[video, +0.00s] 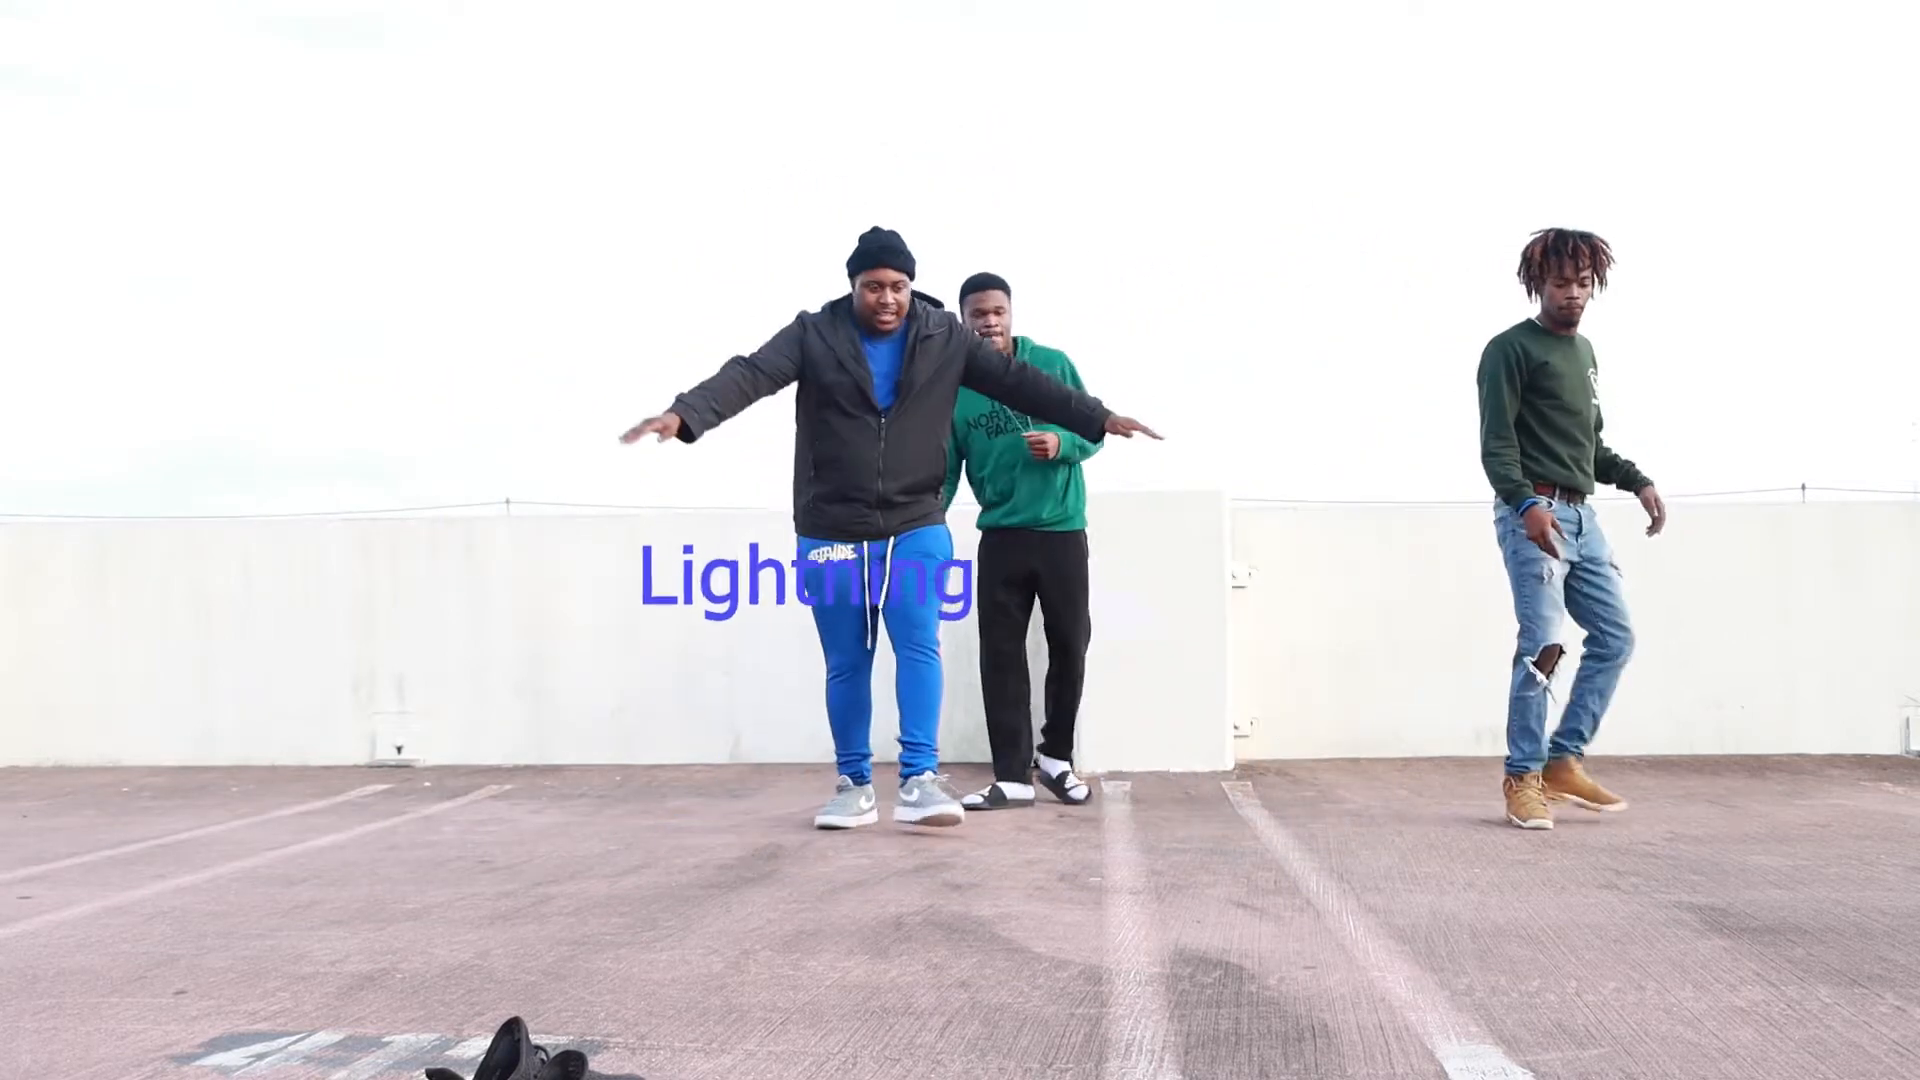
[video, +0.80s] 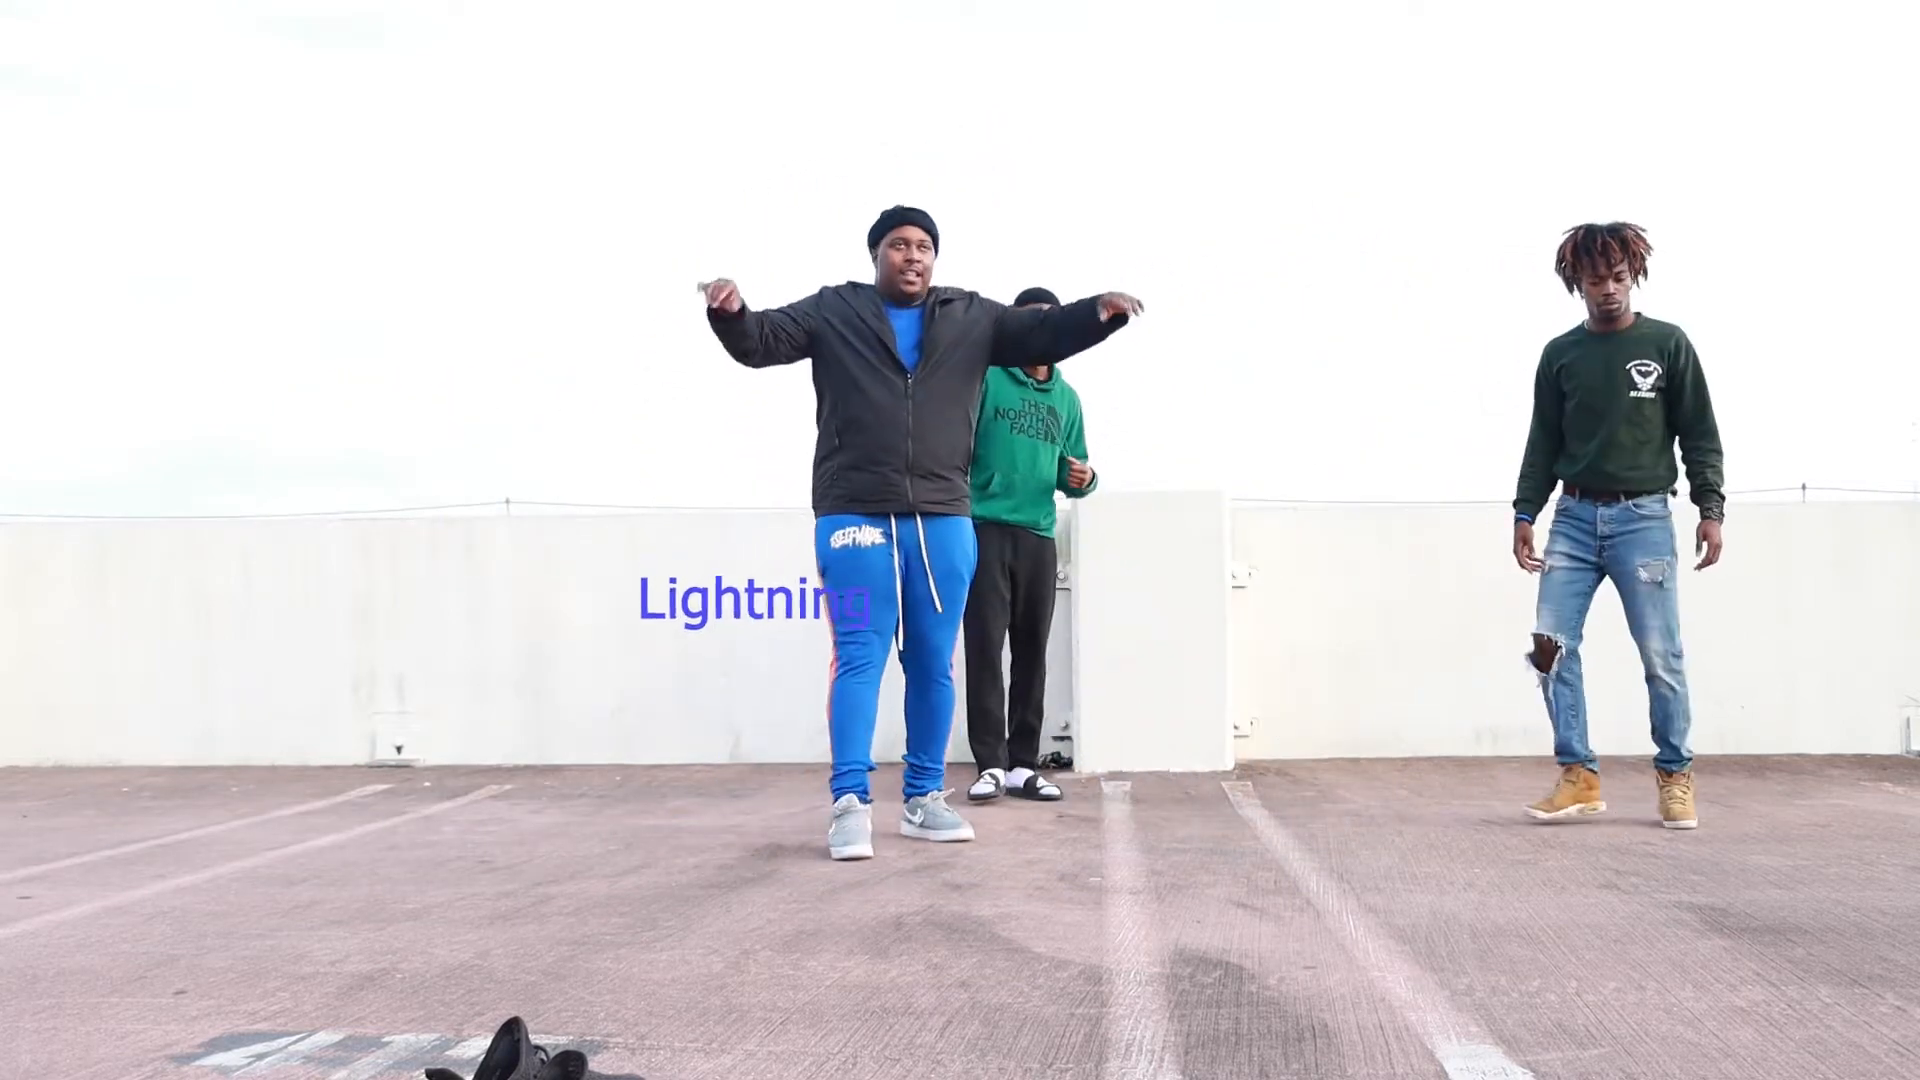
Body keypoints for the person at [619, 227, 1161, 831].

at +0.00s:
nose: (884, 299)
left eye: (895, 288)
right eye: (873, 288)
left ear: (911, 285)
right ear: (852, 285)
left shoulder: (944, 335)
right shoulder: (814, 335)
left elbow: (1017, 378)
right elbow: (751, 374)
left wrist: (1095, 415)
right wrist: (689, 413)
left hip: (914, 524)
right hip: (831, 528)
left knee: (917, 642)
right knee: (846, 659)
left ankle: (919, 782)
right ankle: (853, 785)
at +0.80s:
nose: (911, 255)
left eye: (922, 247)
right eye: (898, 245)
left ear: (936, 261)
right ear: (875, 256)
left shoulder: (969, 315)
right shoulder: (835, 307)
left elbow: (1036, 331)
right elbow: (765, 340)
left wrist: (1096, 312)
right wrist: (732, 316)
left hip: (941, 508)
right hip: (853, 506)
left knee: (933, 661)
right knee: (860, 654)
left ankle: (925, 798)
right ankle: (850, 804)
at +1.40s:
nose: (903, 257)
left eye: (913, 246)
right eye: (890, 248)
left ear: (931, 253)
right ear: (870, 257)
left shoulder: (968, 313)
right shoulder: (839, 313)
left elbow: (1040, 356)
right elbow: (777, 382)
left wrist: (1070, 312)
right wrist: (783, 325)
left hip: (955, 511)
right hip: (867, 508)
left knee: (940, 661)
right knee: (871, 654)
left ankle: (926, 797)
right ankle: (854, 801)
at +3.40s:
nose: (908, 245)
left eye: (920, 234)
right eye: (896, 234)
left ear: (938, 243)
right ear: (876, 242)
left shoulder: (967, 300)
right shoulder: (838, 297)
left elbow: (988, 373)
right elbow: (803, 377)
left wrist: (918, 341)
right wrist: (884, 360)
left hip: (935, 503)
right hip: (845, 497)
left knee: (913, 655)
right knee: (840, 634)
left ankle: (898, 801)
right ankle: (843, 782)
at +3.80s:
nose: (883, 237)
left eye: (892, 226)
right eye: (868, 232)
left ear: (913, 235)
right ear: (851, 249)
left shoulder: (962, 296)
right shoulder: (829, 311)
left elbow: (1009, 372)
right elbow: (821, 401)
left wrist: (957, 345)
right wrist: (913, 366)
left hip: (963, 510)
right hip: (875, 510)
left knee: (940, 669)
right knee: (900, 659)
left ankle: (900, 802)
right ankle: (911, 819)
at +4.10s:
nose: (860, 207)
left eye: (871, 194)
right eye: (847, 202)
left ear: (900, 203)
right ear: (835, 222)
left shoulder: (956, 262)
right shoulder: (814, 288)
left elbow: (988, 339)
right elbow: (790, 382)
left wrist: (910, 321)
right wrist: (866, 343)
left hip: (962, 488)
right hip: (862, 498)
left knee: (978, 644)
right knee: (892, 663)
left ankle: (953, 776)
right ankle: (907, 822)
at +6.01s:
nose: (645, 230)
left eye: (649, 222)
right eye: (652, 221)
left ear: (657, 227)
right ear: (717, 232)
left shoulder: (617, 288)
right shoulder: (764, 296)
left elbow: (567, 392)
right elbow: (839, 344)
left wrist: (538, 494)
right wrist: (776, 329)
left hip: (643, 500)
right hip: (738, 508)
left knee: (632, 659)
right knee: (704, 641)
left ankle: (621, 822)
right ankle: (730, 756)